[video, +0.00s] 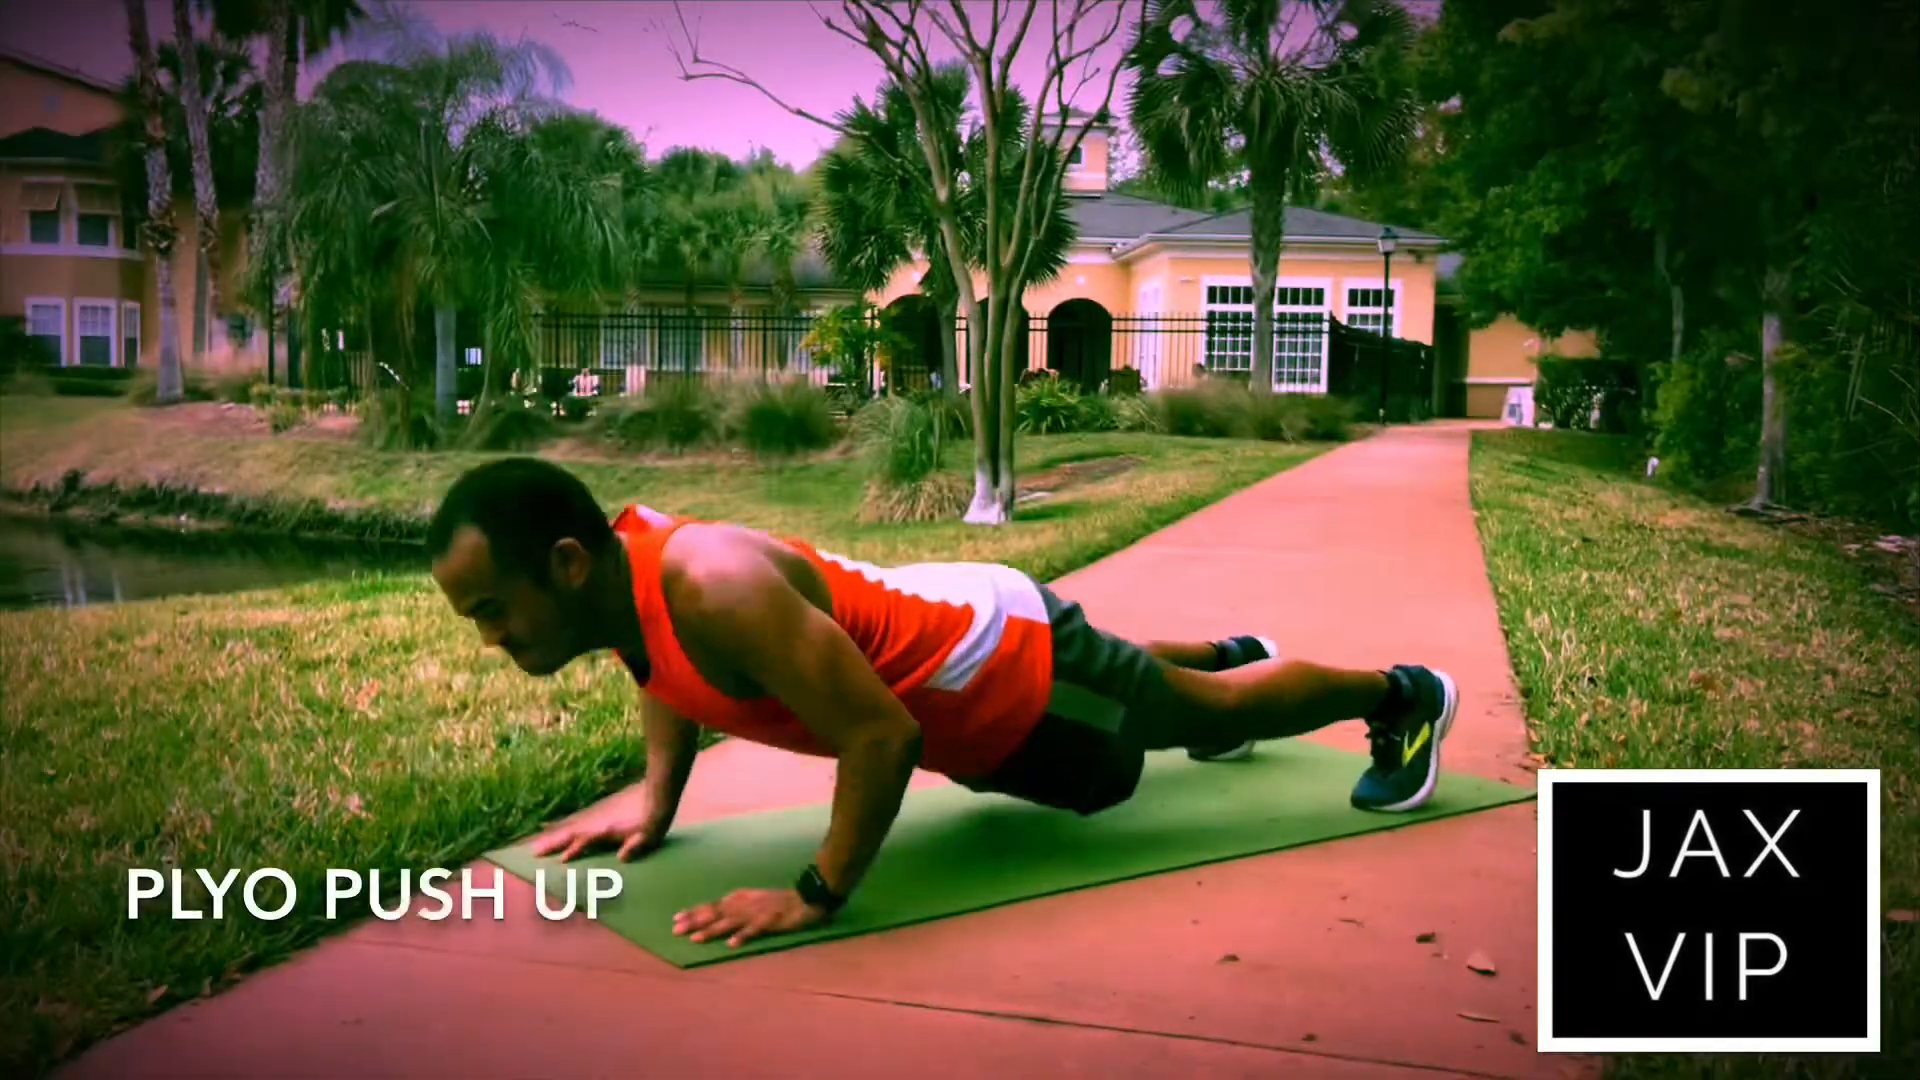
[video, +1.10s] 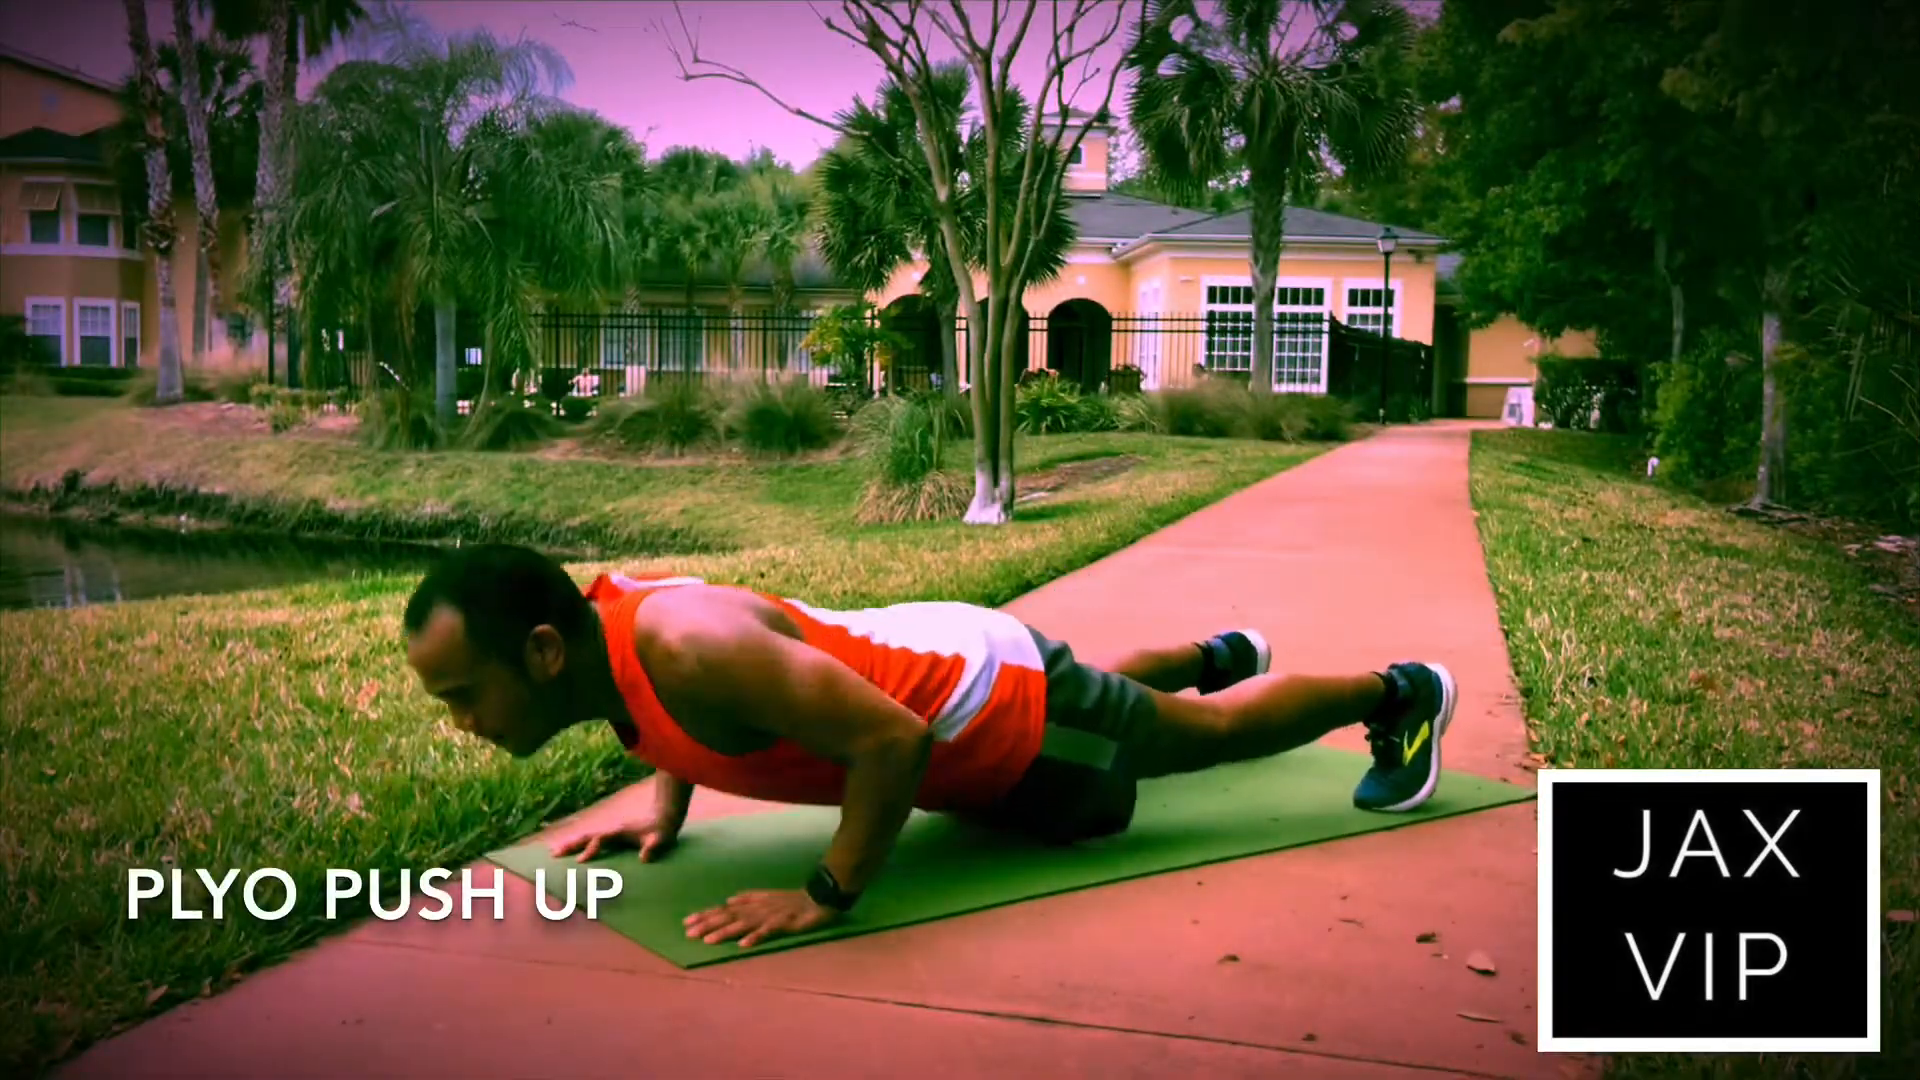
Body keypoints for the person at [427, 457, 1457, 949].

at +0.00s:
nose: (489, 639)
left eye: (491, 609)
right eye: (473, 619)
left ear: (569, 561)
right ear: (558, 569)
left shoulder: (720, 585)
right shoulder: (625, 587)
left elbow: (881, 737)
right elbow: (672, 680)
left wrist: (821, 895)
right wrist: (653, 800)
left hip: (1022, 663)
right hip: (953, 666)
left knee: (1217, 715)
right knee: (1112, 694)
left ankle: (1400, 694)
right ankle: (1213, 654)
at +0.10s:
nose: (525, 522)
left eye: (531, 496)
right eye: (512, 504)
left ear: (613, 455)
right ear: (587, 466)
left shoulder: (748, 508)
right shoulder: (636, 533)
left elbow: (852, 707)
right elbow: (662, 661)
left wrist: (815, 890)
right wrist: (654, 805)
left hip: (1037, 598)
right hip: (965, 652)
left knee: (1223, 682)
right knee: (1106, 709)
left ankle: (1405, 696)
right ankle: (1221, 706)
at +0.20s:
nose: (574, 429)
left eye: (578, 401)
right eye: (559, 409)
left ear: (658, 352)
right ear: (645, 367)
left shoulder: (799, 419)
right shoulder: (666, 452)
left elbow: (820, 661)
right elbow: (663, 624)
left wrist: (789, 857)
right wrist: (639, 789)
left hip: (1063, 546)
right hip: (982, 591)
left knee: (1227, 654)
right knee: (1117, 655)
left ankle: (1414, 699)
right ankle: (1239, 682)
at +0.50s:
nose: (559, 550)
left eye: (555, 523)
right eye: (541, 533)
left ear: (621, 463)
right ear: (604, 468)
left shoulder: (795, 477)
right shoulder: (668, 503)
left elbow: (878, 694)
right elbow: (686, 656)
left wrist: (814, 880)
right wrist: (666, 813)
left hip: (1058, 572)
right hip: (983, 610)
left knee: (1234, 654)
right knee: (1126, 669)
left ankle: (1414, 697)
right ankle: (1244, 685)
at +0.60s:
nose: (513, 677)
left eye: (510, 654)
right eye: (495, 662)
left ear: (574, 593)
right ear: (561, 586)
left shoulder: (734, 568)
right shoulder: (629, 570)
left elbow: (894, 728)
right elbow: (683, 676)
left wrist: (828, 894)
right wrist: (667, 810)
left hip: (1031, 627)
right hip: (968, 645)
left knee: (1217, 682)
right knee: (1129, 709)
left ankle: (1407, 695)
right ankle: (1224, 711)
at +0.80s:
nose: (452, 817)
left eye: (452, 795)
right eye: (437, 800)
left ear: (523, 735)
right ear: (514, 726)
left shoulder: (685, 698)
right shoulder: (578, 663)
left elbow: (888, 737)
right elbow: (716, 703)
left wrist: (825, 896)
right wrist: (659, 807)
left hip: (999, 722)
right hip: (925, 666)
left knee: (1199, 732)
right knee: (1059, 684)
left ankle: (1390, 691)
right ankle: (1214, 659)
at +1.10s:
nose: (455, 720)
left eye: (459, 694)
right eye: (441, 701)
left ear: (542, 649)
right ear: (524, 647)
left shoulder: (701, 653)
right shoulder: (597, 621)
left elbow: (889, 742)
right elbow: (666, 691)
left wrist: (830, 894)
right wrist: (659, 796)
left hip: (1015, 702)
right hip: (938, 683)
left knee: (1209, 729)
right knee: (1094, 697)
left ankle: (1395, 695)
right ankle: (1203, 657)